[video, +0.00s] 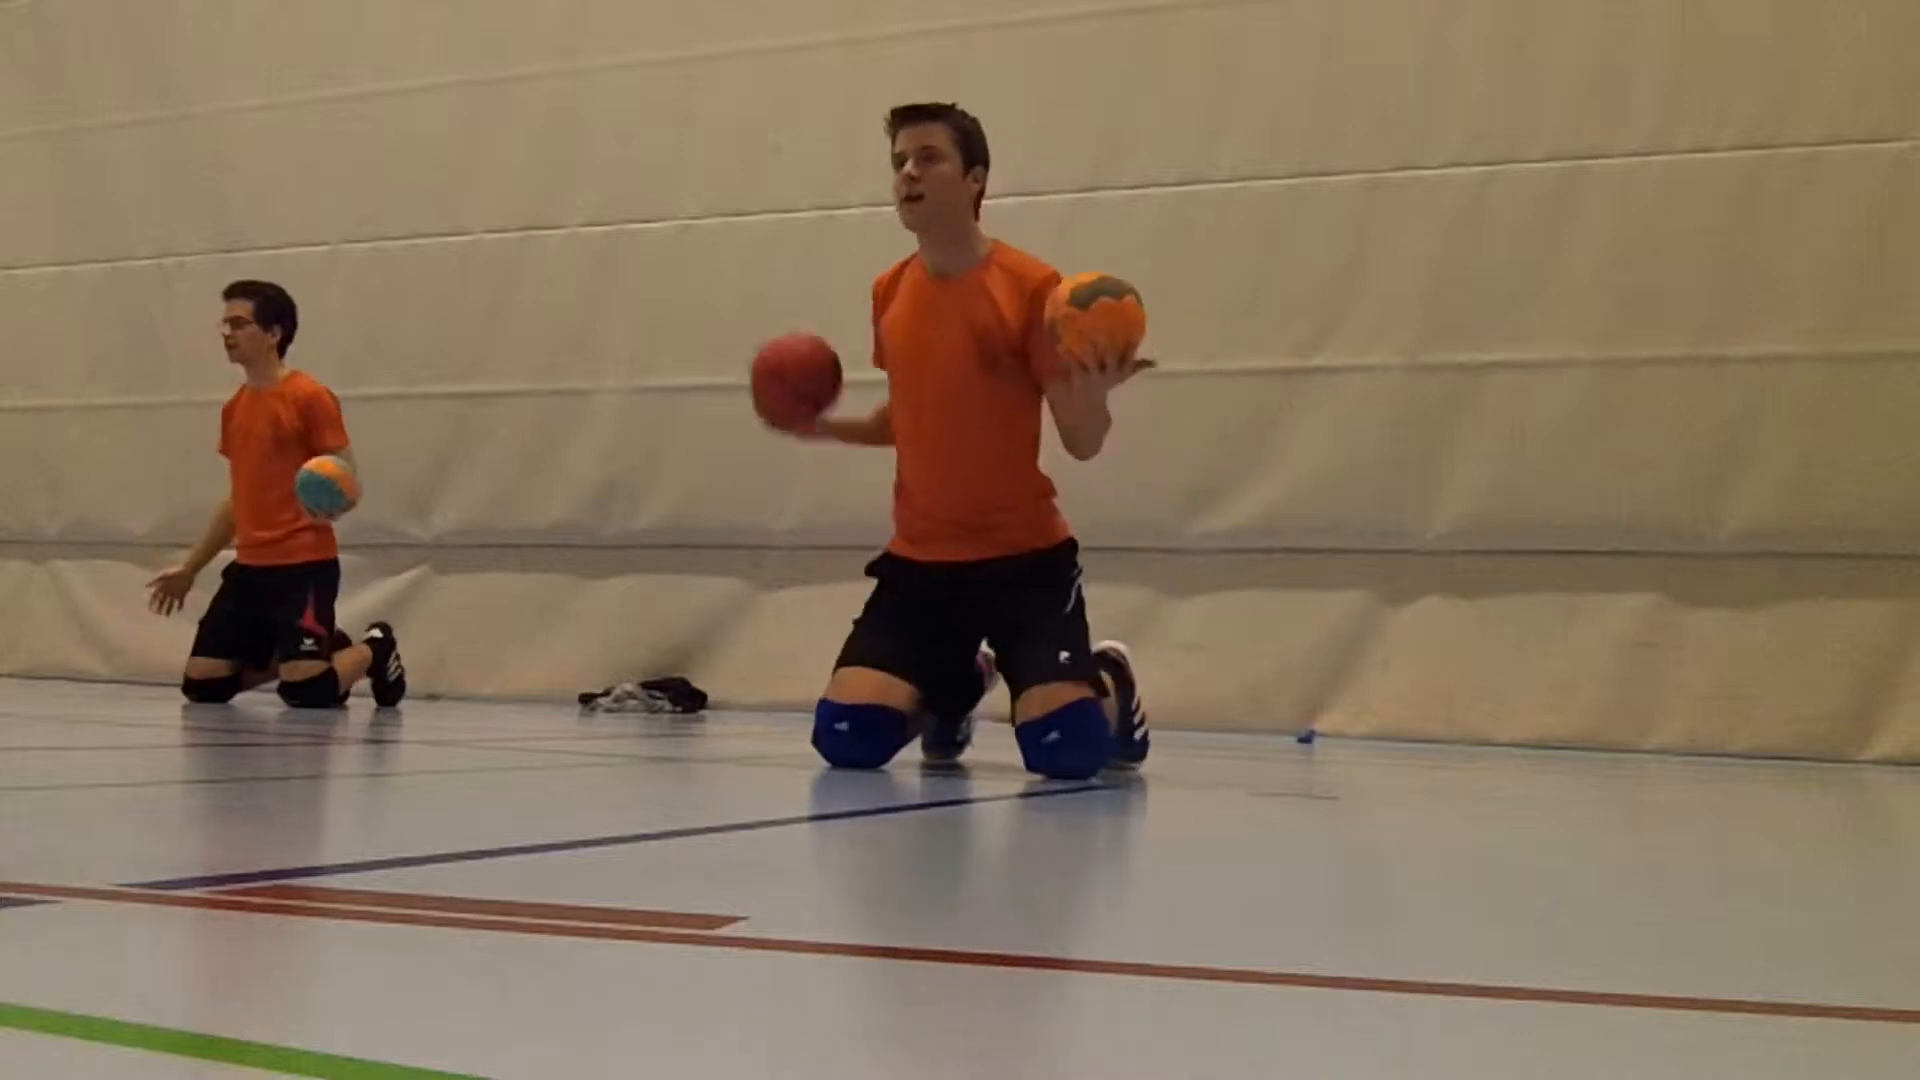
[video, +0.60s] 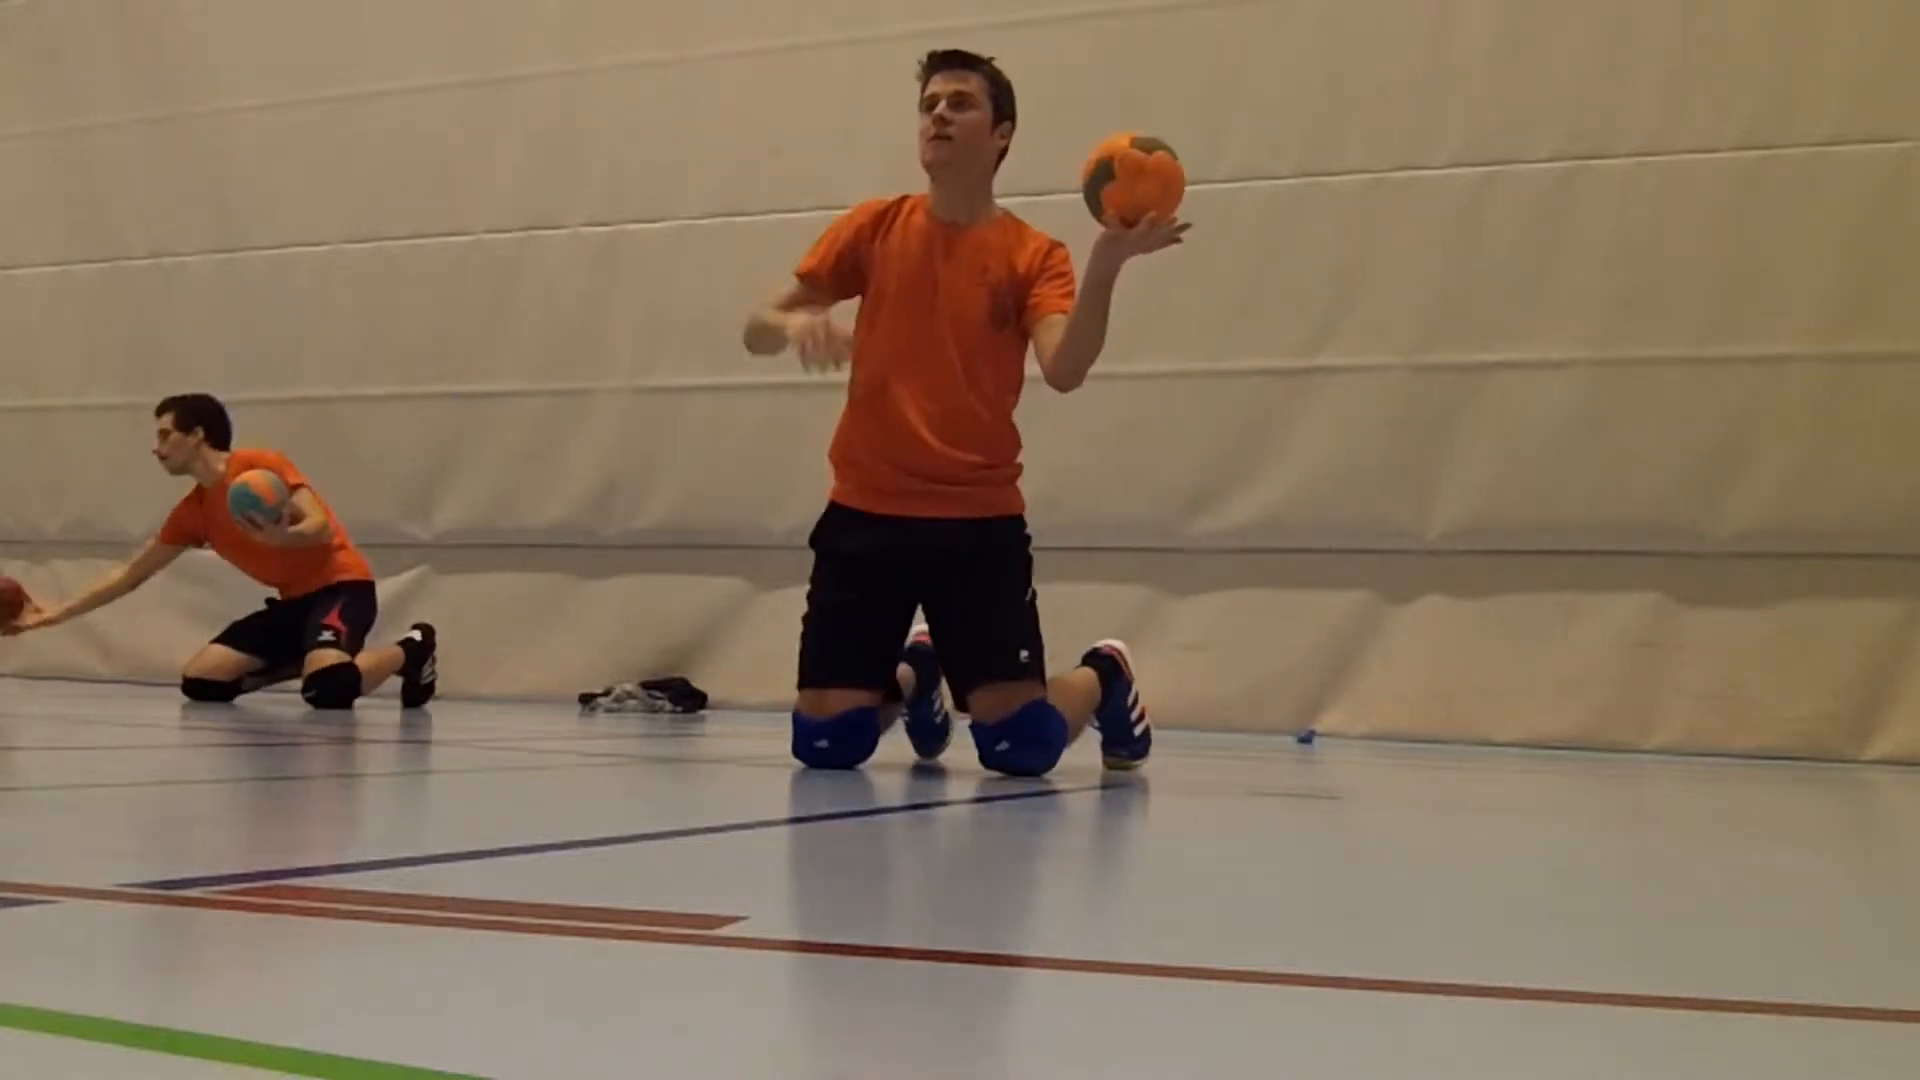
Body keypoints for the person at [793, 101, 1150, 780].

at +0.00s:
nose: (909, 174)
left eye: (929, 159)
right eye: (899, 163)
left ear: (975, 182)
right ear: (892, 186)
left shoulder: (1032, 290)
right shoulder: (892, 293)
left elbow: (1084, 442)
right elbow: (913, 419)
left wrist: (1087, 372)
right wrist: (823, 426)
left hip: (1026, 562)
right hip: (919, 565)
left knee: (1062, 753)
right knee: (847, 740)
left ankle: (1110, 684)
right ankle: (954, 681)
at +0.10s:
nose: (904, 154)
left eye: (925, 142)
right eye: (895, 144)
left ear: (968, 170)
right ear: (884, 170)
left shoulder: (1019, 277)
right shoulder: (873, 281)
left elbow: (1056, 423)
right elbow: (813, 414)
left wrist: (1068, 346)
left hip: (1007, 548)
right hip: (896, 551)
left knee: (1040, 752)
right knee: (839, 743)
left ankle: (1109, 685)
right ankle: (942, 680)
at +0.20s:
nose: (911, 139)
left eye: (933, 128)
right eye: (901, 128)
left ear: (973, 159)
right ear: (887, 151)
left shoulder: (1008, 267)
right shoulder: (850, 258)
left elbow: (1031, 408)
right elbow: (737, 323)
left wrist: (1052, 318)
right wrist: (733, 185)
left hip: (985, 538)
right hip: (872, 540)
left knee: (1012, 738)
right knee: (831, 744)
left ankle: (1099, 682)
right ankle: (918, 675)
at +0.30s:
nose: (913, 130)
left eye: (935, 119)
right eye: (904, 119)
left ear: (973, 153)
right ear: (888, 142)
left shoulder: (1005, 264)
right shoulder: (853, 232)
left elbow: (1021, 393)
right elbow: (748, 180)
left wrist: (1052, 297)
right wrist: (698, 65)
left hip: (971, 529)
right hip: (858, 528)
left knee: (1005, 730)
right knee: (829, 746)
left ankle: (1092, 681)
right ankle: (903, 673)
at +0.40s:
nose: (917, 120)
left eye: (938, 109)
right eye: (907, 109)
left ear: (978, 142)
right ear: (893, 134)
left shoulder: (1008, 260)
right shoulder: (852, 220)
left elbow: (1032, 380)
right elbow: (734, 191)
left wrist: (1067, 287)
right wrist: (759, 102)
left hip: (962, 515)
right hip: (848, 514)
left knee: (1008, 725)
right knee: (827, 746)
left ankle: (1092, 682)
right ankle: (897, 674)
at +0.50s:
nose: (926, 116)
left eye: (948, 106)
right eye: (916, 107)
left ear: (987, 141)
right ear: (903, 135)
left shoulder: (1013, 256)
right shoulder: (856, 221)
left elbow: (1052, 370)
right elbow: (727, 270)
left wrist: (1092, 261)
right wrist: (787, 201)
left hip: (964, 520)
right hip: (850, 518)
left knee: (1015, 736)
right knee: (823, 747)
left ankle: (1102, 679)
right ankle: (904, 673)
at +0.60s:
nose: (939, 116)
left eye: (961, 104)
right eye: (929, 106)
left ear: (1001, 138)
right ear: (914, 131)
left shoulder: (1031, 254)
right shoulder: (873, 227)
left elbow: (1065, 370)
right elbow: (757, 330)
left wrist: (1107, 259)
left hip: (977, 522)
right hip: (863, 517)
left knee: (1018, 750)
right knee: (824, 746)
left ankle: (1106, 678)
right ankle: (915, 677)